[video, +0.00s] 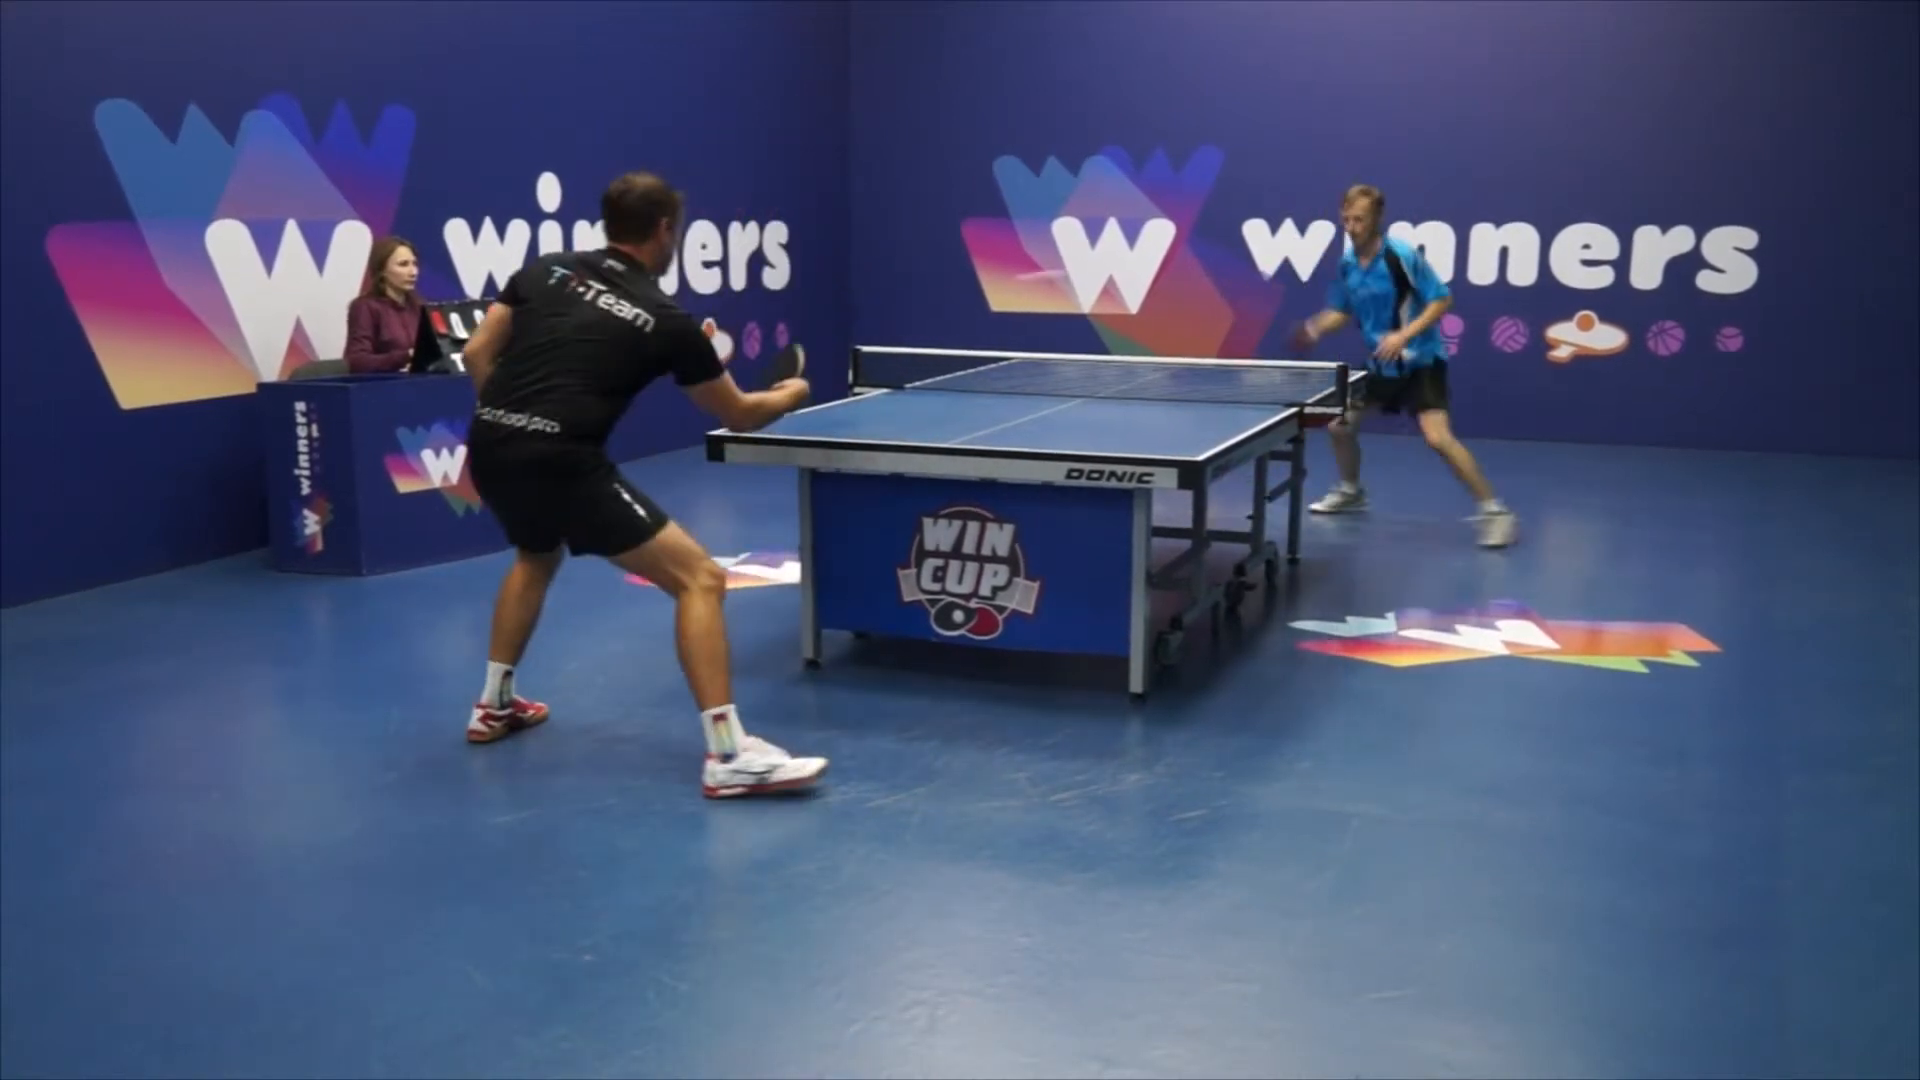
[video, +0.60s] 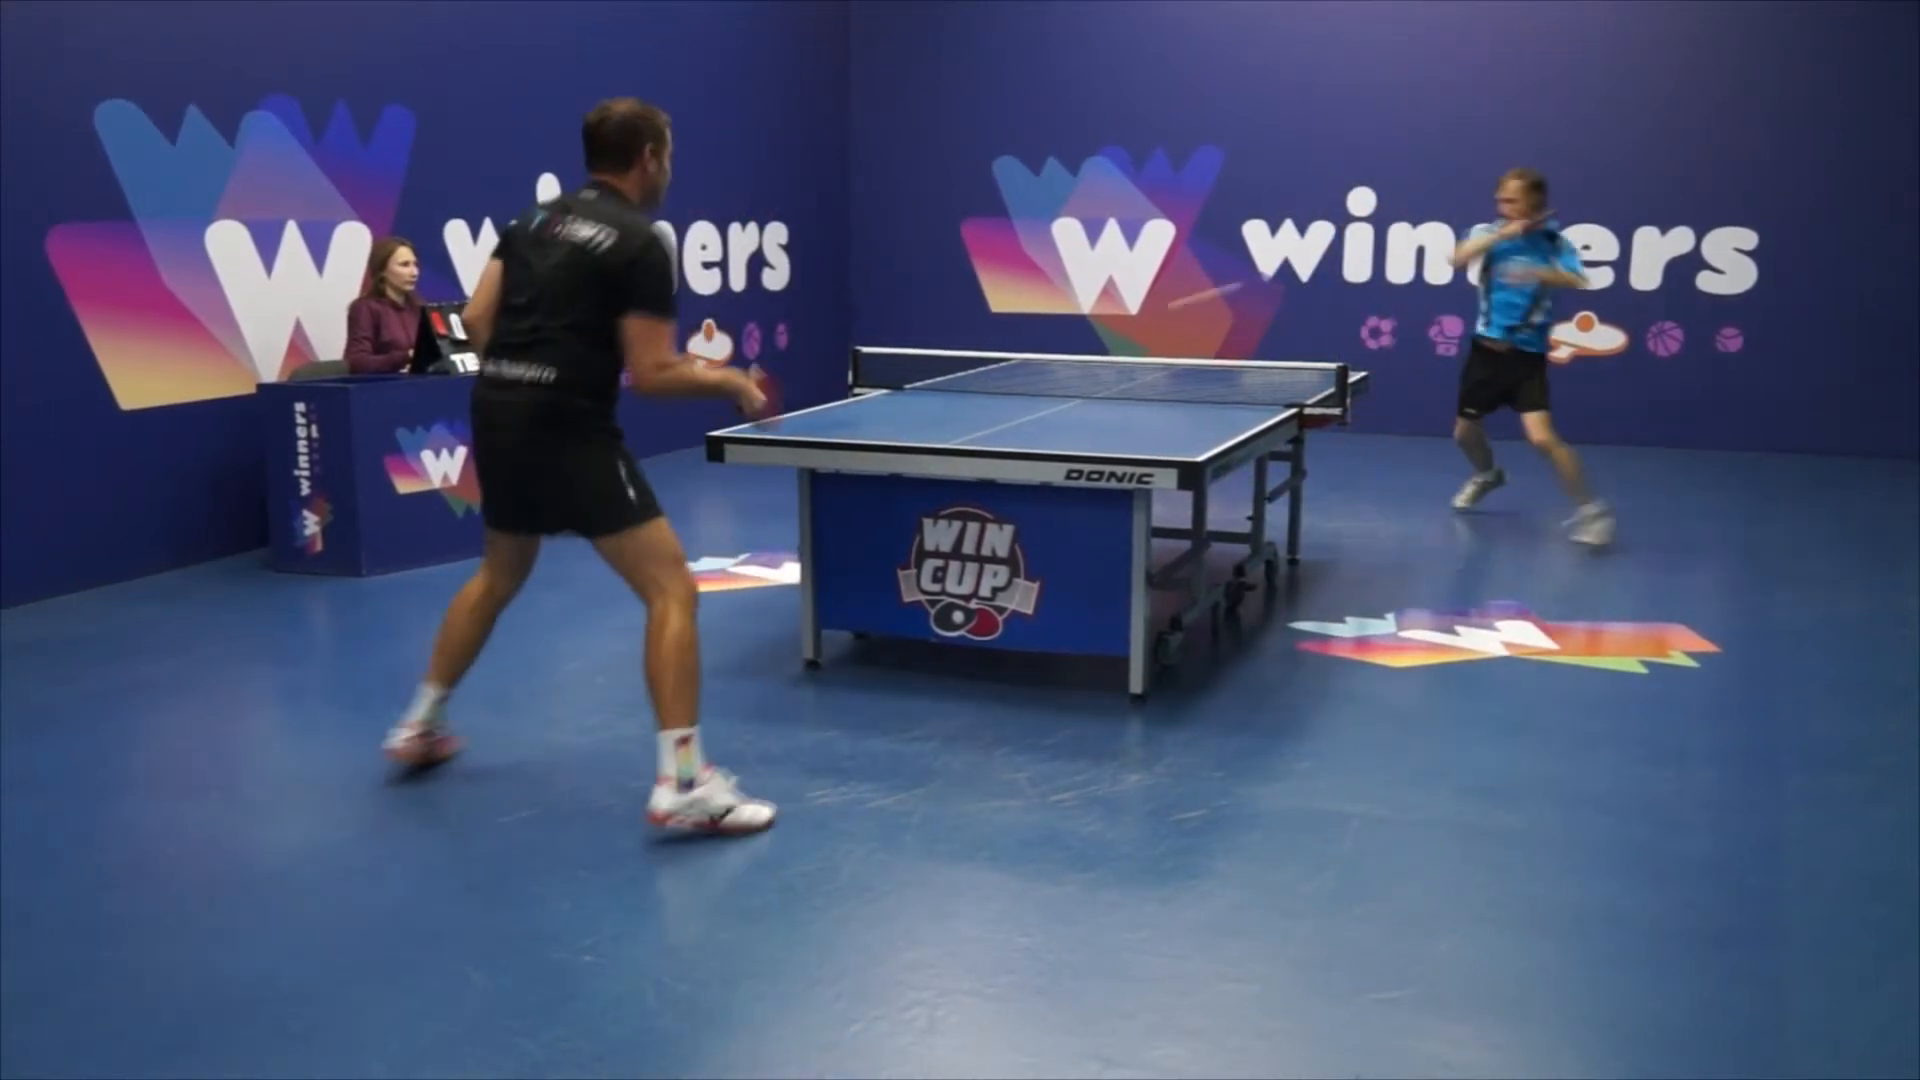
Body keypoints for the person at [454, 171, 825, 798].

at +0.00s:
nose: (674, 241)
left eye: (673, 231)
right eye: (674, 231)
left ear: (608, 227)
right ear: (661, 233)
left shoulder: (547, 270)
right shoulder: (667, 322)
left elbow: (477, 353)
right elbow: (739, 413)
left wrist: (504, 416)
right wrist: (789, 393)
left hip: (491, 449)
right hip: (563, 461)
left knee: (536, 555)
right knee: (699, 580)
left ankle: (493, 702)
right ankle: (728, 750)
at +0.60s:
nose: (669, 170)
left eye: (665, 157)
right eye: (666, 158)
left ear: (595, 158)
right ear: (648, 161)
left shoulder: (535, 220)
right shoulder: (642, 242)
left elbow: (479, 319)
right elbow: (651, 371)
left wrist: (536, 357)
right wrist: (733, 380)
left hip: (498, 422)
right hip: (573, 431)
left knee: (499, 573)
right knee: (671, 589)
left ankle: (419, 721)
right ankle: (682, 779)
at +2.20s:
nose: (854, 229)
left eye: (854, 215)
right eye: (852, 216)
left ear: (779, 205)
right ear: (831, 218)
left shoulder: (721, 250)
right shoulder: (806, 320)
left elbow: (649, 295)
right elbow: (841, 459)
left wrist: (723, 328)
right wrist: (962, 472)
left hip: (655, 475)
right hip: (727, 506)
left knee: (632, 629)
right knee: (825, 673)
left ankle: (506, 768)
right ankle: (763, 856)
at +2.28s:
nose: (889, 244)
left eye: (889, 230)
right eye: (889, 231)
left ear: (817, 215)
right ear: (869, 231)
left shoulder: (755, 257)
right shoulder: (834, 329)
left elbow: (675, 283)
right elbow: (873, 463)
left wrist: (723, 316)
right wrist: (999, 483)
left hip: (673, 476)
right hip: (741, 513)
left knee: (684, 597)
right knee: (846, 676)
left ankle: (565, 727)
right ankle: (764, 857)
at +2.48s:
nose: (938, 234)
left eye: (937, 220)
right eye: (938, 221)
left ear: (868, 207)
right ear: (918, 220)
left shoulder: (802, 257)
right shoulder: (898, 308)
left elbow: (702, 306)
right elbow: (946, 422)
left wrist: (640, 343)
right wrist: (1058, 392)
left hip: (734, 460)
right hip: (804, 486)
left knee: (788, 548)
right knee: (845, 672)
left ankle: (761, 667)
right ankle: (764, 852)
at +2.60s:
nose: (931, 212)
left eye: (924, 201)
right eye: (930, 203)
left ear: (854, 206)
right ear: (918, 209)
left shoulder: (804, 271)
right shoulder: (947, 291)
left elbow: (719, 349)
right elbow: (1000, 340)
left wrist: (691, 370)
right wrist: (1030, 319)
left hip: (785, 469)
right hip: (856, 477)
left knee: (858, 576)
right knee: (866, 671)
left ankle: (859, 708)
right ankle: (761, 803)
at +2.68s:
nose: (931, 212)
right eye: (928, 204)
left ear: (856, 212)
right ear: (922, 214)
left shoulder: (818, 281)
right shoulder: (954, 287)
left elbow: (747, 377)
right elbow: (955, 329)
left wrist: (725, 393)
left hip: (818, 471)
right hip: (895, 475)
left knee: (868, 576)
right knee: (900, 669)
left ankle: (872, 712)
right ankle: (791, 749)